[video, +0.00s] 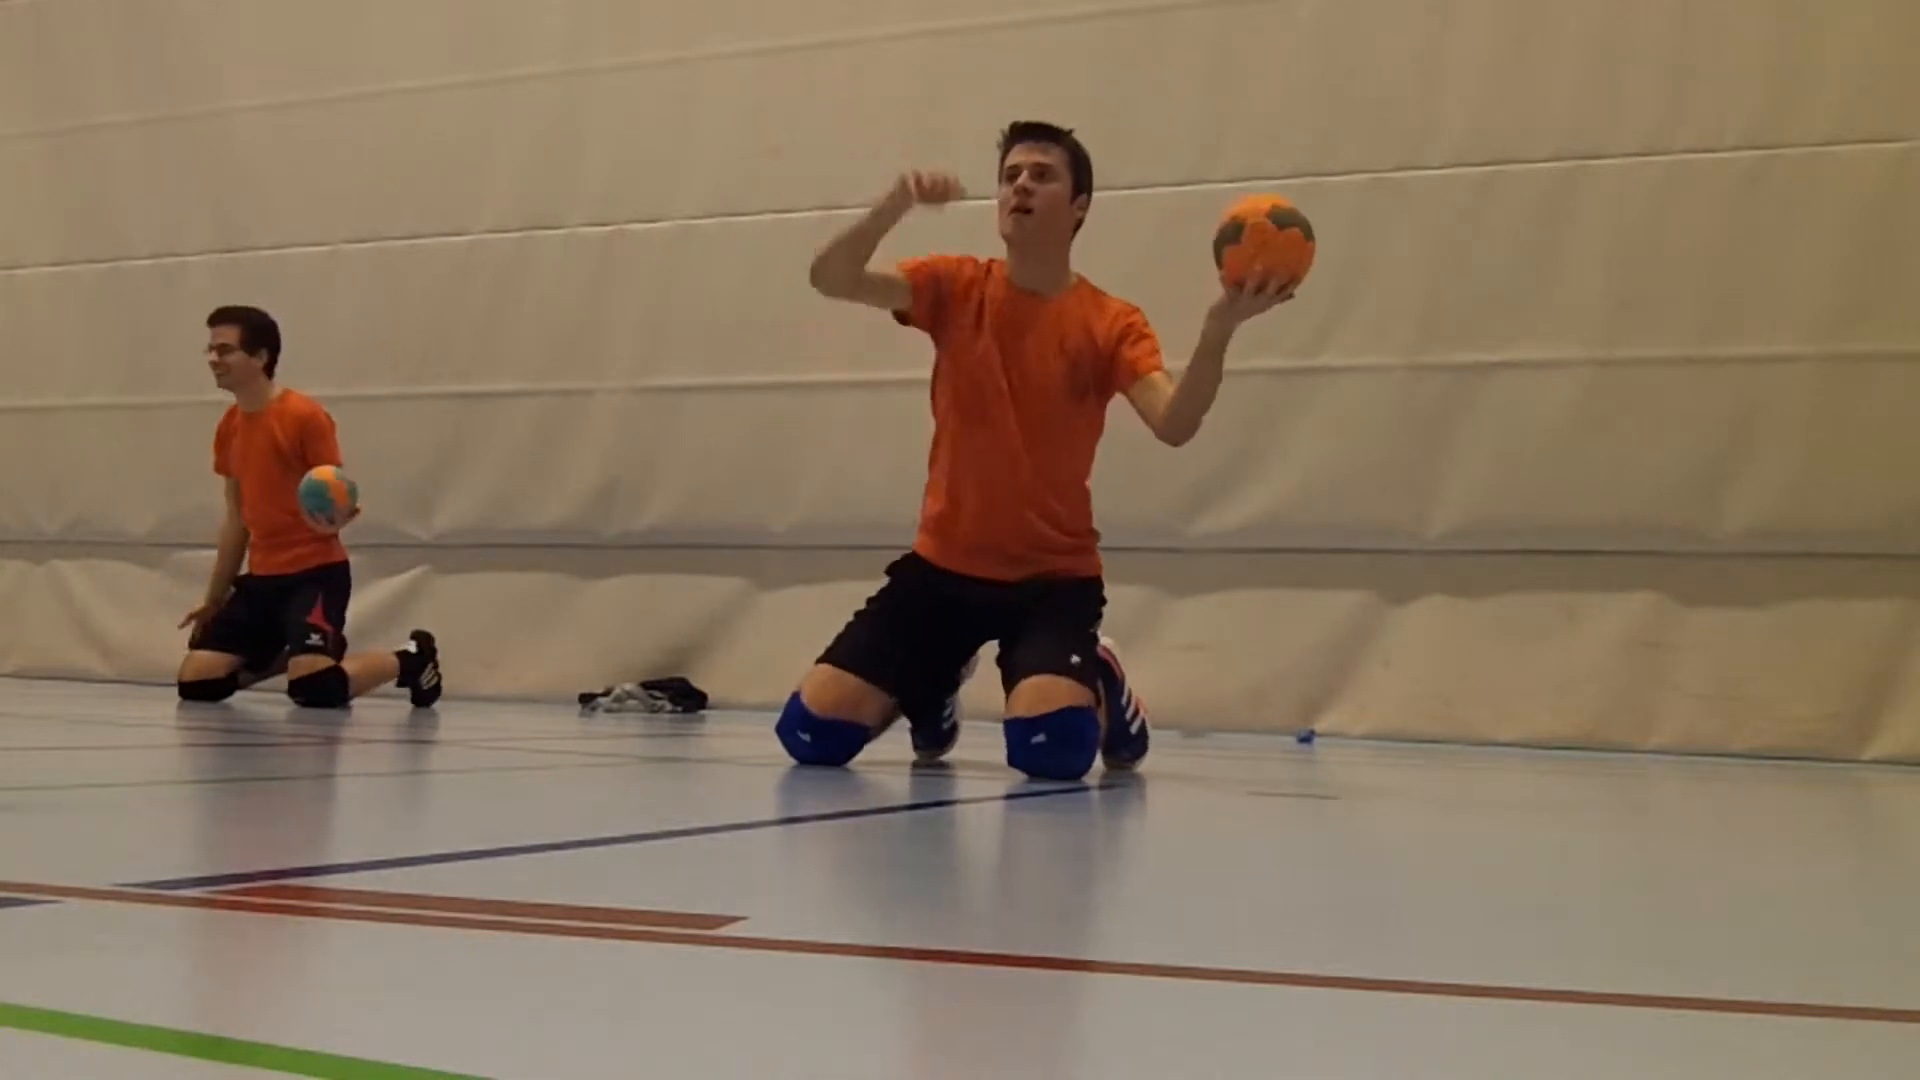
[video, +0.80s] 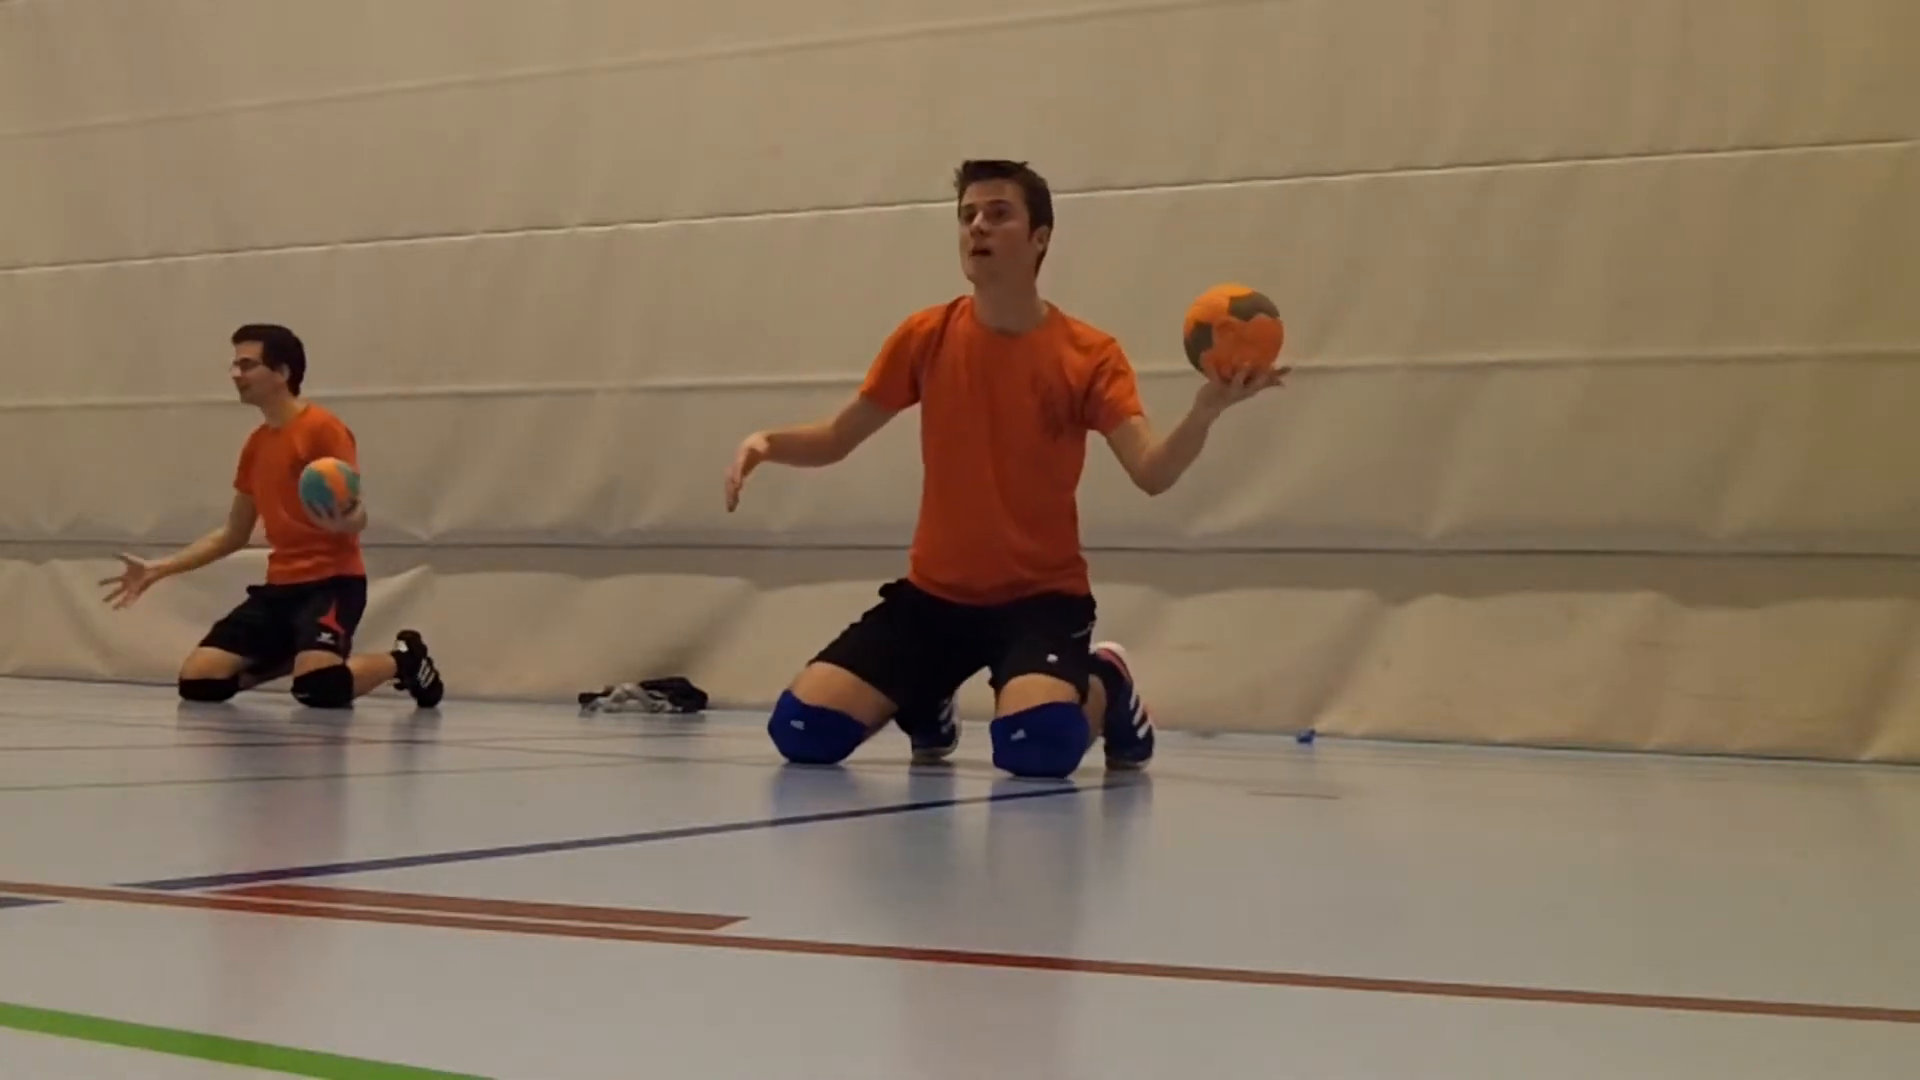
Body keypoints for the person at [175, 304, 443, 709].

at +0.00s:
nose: (213, 359)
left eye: (225, 350)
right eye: (211, 350)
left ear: (261, 357)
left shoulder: (304, 417)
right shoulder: (231, 426)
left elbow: (336, 498)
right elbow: (236, 522)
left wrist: (337, 517)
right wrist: (213, 602)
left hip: (318, 575)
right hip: (262, 579)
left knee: (312, 688)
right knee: (197, 684)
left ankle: (413, 661)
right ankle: (296, 654)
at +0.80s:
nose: (235, 375)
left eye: (246, 366)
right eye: (234, 365)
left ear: (282, 373)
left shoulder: (324, 430)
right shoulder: (257, 446)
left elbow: (357, 517)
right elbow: (233, 535)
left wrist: (345, 524)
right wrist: (158, 569)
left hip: (332, 583)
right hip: (280, 586)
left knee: (315, 687)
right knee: (197, 683)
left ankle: (404, 660)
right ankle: (306, 657)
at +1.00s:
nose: (285, 386)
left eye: (293, 374)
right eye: (285, 374)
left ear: (326, 375)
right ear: (317, 377)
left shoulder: (370, 435)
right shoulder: (303, 435)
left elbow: (388, 525)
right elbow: (281, 516)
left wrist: (350, 531)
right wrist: (200, 533)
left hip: (347, 585)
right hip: (294, 583)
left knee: (322, 689)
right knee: (208, 684)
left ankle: (400, 660)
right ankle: (310, 655)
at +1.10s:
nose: (298, 388)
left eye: (306, 378)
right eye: (299, 378)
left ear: (339, 382)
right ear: (331, 383)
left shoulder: (381, 441)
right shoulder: (322, 437)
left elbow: (408, 530)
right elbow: (324, 513)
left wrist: (364, 537)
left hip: (357, 589)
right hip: (305, 583)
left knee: (324, 689)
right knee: (215, 682)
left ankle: (391, 660)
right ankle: (314, 651)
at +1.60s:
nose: (296, 376)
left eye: (309, 368)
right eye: (297, 366)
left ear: (343, 377)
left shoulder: (378, 434)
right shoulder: (321, 436)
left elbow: (431, 503)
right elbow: (338, 506)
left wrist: (400, 538)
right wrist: (292, 506)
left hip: (368, 591)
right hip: (316, 586)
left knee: (328, 691)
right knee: (232, 686)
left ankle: (400, 660)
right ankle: (314, 656)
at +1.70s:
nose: (288, 364)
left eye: (300, 355)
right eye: (286, 355)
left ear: (334, 365)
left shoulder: (364, 421)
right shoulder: (312, 432)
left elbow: (416, 494)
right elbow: (314, 512)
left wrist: (386, 531)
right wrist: (264, 466)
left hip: (359, 585)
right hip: (307, 582)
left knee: (328, 691)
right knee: (230, 687)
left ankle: (398, 660)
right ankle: (319, 653)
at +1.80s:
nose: (283, 353)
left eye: (296, 344)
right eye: (282, 344)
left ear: (329, 355)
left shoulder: (359, 417)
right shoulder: (292, 426)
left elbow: (401, 493)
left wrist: (372, 524)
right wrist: (225, 425)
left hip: (347, 580)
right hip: (291, 578)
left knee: (326, 691)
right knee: (225, 686)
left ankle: (392, 661)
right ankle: (326, 650)